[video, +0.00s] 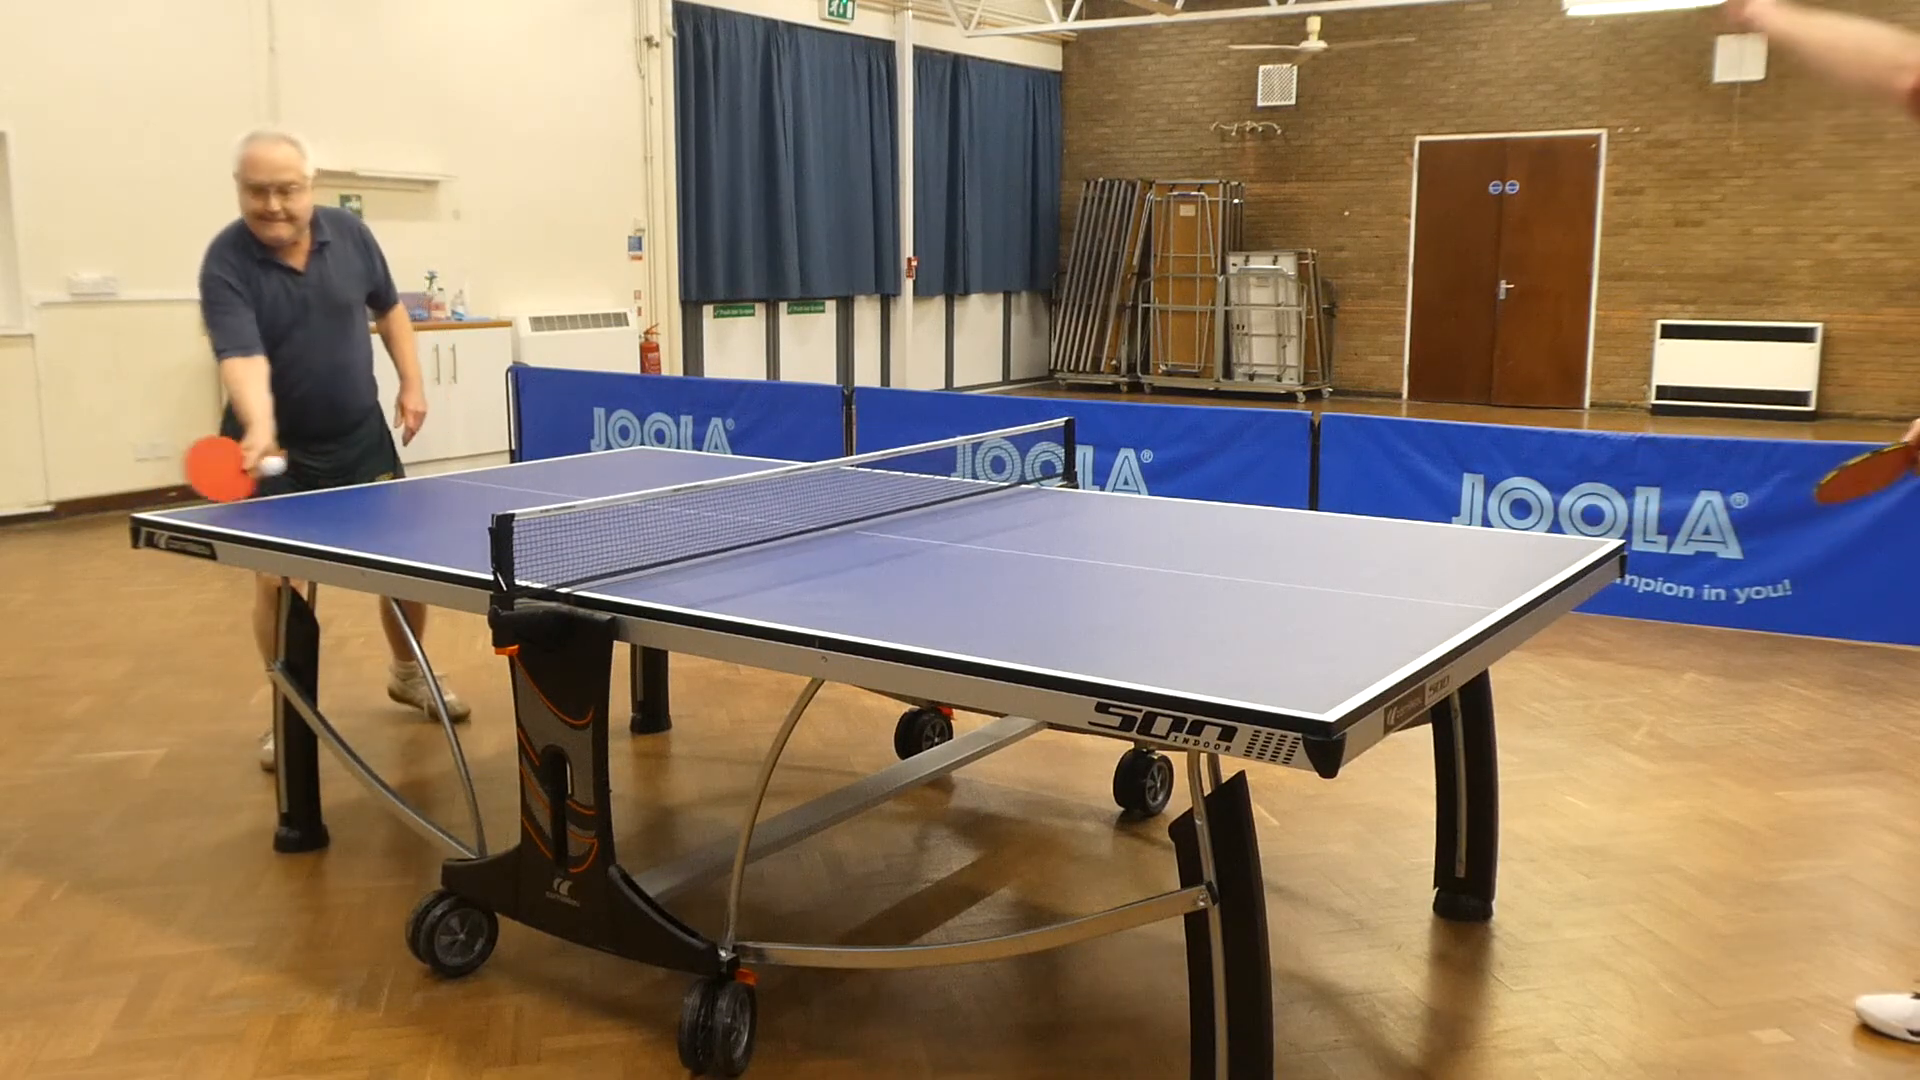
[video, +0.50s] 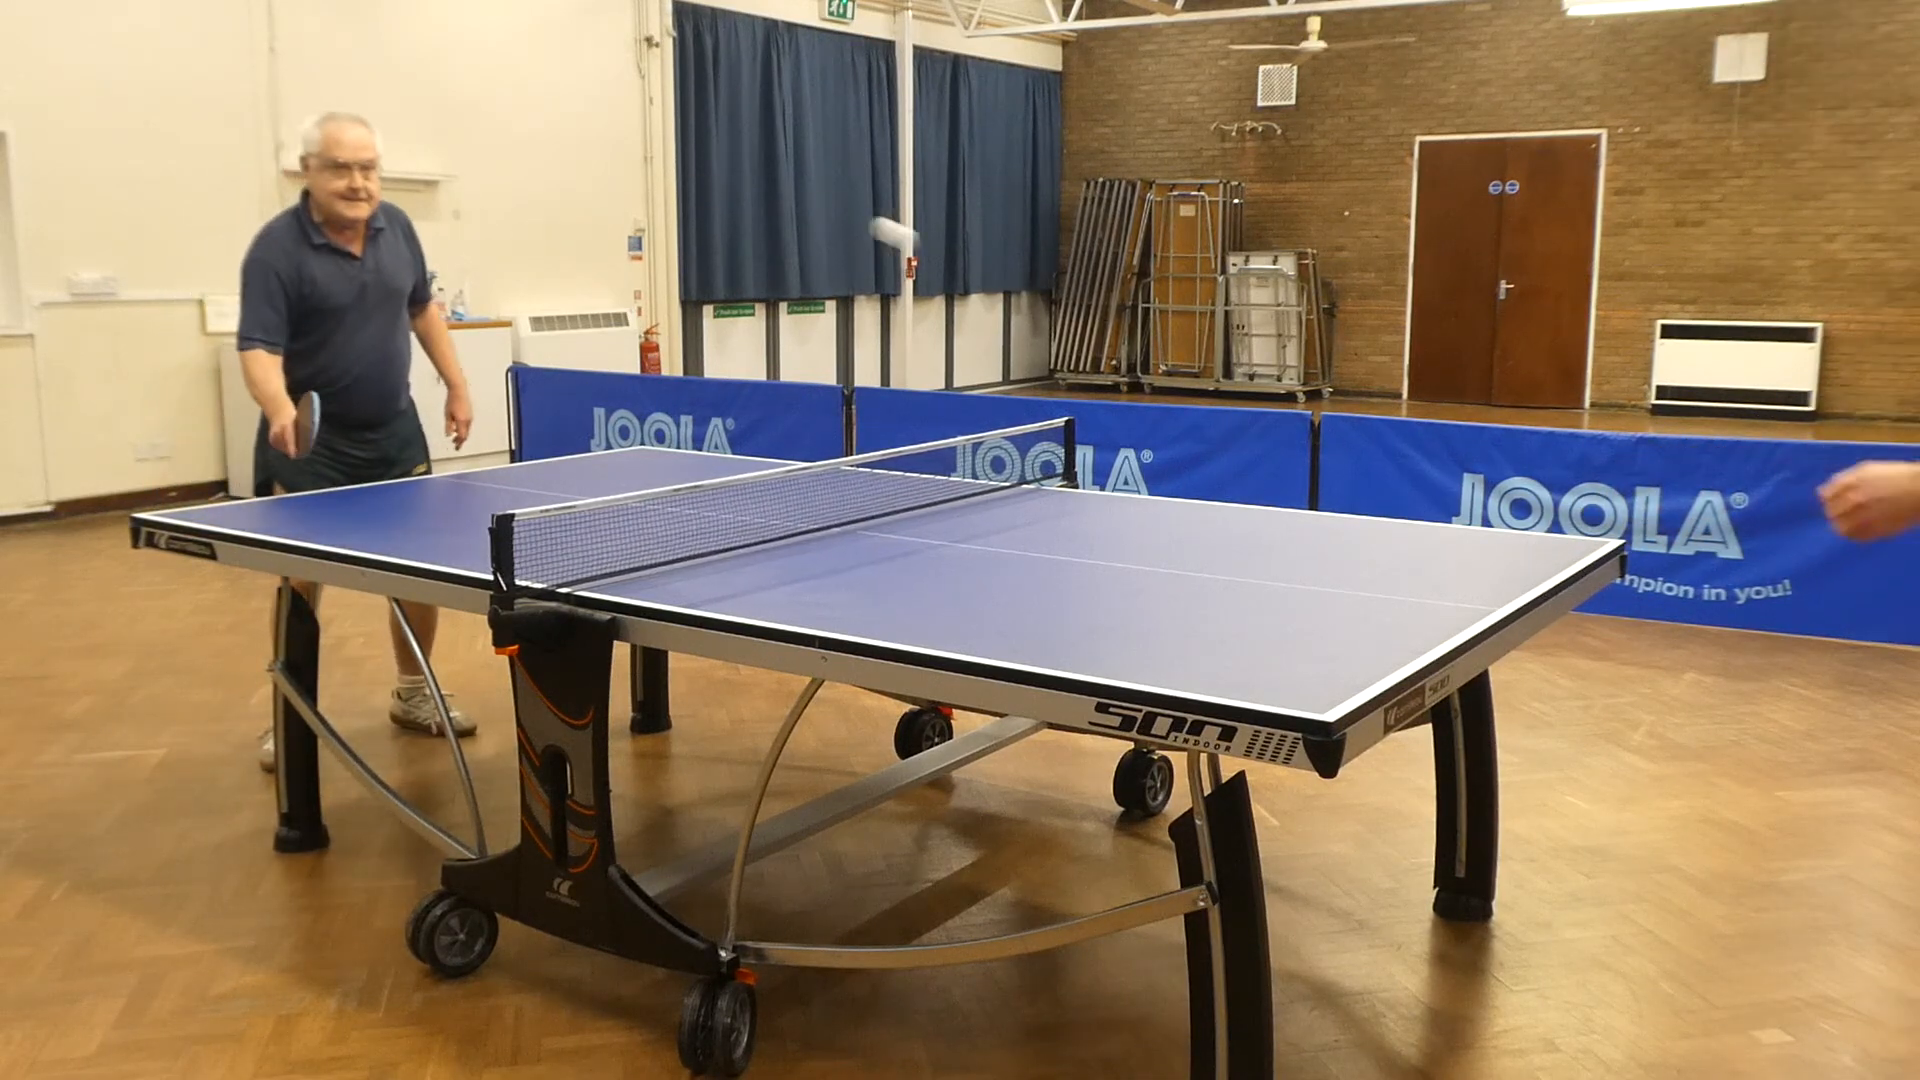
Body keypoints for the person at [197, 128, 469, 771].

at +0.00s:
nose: (273, 205)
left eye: (288, 189)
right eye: (257, 191)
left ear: (312, 186)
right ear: (237, 191)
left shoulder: (348, 234)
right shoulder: (228, 262)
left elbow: (388, 307)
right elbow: (241, 355)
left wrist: (411, 382)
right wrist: (260, 424)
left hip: (361, 439)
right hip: (278, 452)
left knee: (407, 559)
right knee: (279, 582)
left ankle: (410, 671)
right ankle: (288, 712)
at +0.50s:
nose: (358, 181)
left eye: (368, 167)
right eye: (341, 169)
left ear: (380, 168)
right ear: (306, 173)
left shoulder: (395, 228)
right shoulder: (276, 249)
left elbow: (422, 307)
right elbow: (258, 348)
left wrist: (455, 382)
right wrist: (279, 407)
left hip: (395, 433)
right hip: (309, 442)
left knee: (419, 565)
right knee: (301, 576)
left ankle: (414, 692)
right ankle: (288, 713)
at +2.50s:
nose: (407, 239)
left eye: (416, 226)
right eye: (392, 225)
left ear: (424, 225)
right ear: (356, 222)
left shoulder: (417, 272)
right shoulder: (313, 278)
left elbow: (436, 339)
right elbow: (298, 379)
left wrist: (457, 409)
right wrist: (347, 446)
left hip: (379, 427)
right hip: (306, 429)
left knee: (420, 524)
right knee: (302, 552)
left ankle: (420, 646)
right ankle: (282, 680)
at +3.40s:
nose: (402, 238)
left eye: (411, 224)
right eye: (387, 224)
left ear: (419, 225)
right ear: (351, 221)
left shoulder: (414, 271)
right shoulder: (308, 278)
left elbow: (435, 338)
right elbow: (290, 378)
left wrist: (458, 408)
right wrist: (335, 446)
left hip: (375, 426)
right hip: (302, 430)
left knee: (417, 527)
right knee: (302, 554)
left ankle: (419, 646)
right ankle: (282, 679)